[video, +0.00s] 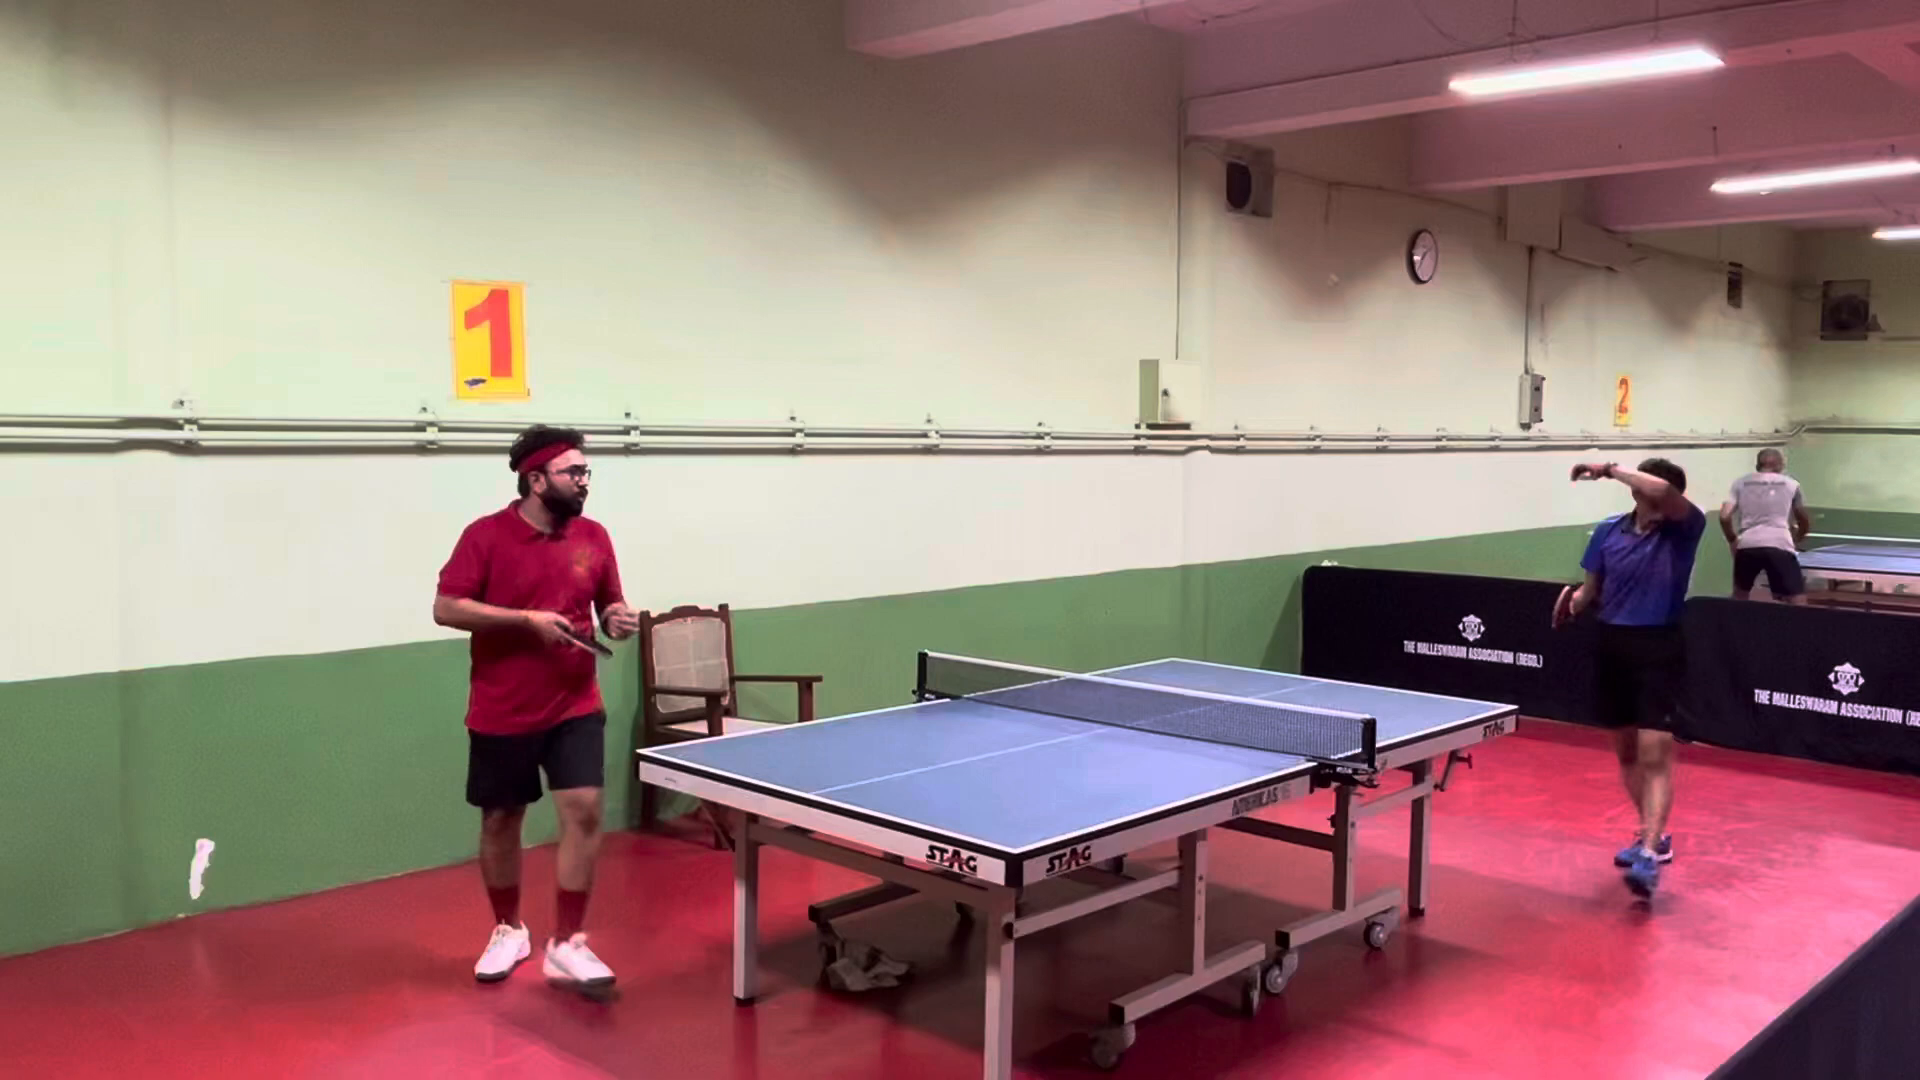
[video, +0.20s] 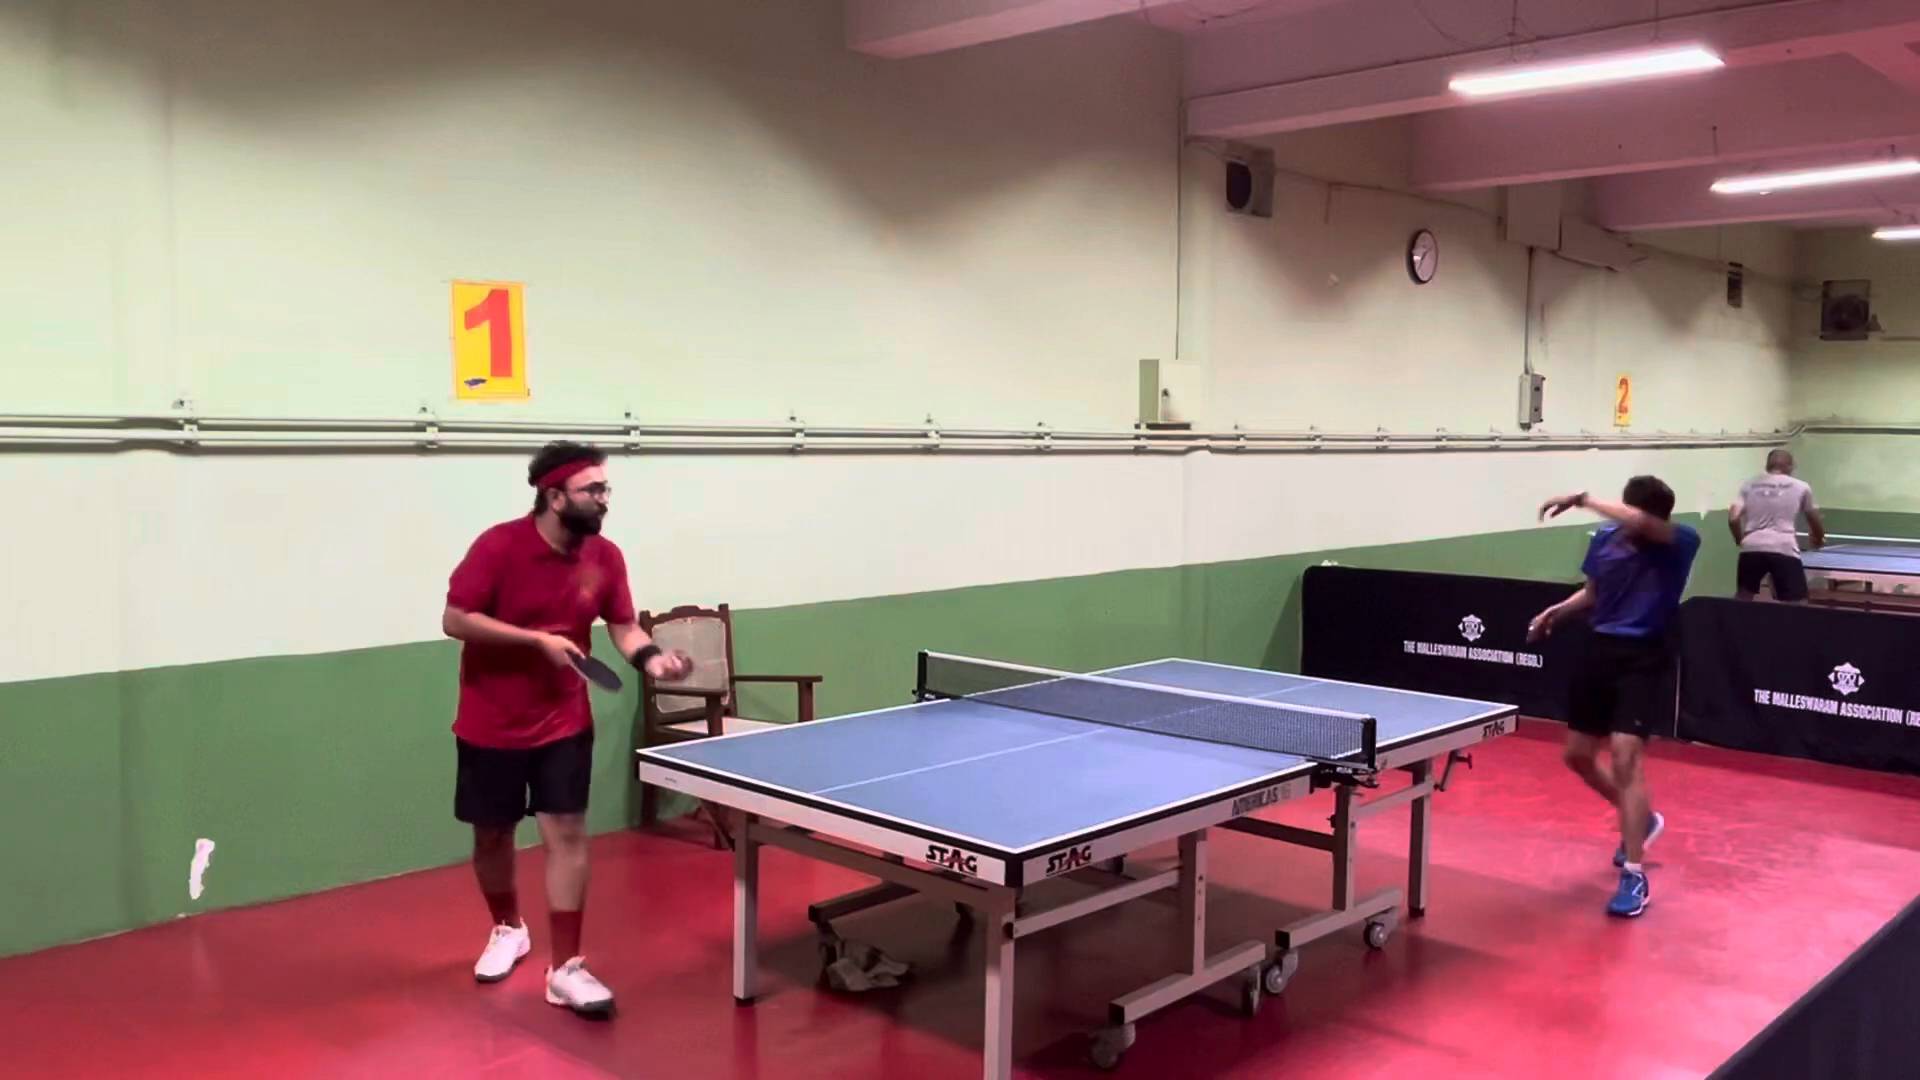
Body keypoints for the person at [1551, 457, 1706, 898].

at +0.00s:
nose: (1654, 496)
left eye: (1661, 490)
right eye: (1650, 488)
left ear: (1674, 497)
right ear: (1637, 491)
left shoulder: (1683, 530)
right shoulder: (1608, 531)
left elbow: (1664, 492)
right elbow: (1591, 588)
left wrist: (1612, 470)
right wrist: (1573, 601)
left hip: (1659, 646)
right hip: (1613, 645)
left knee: (1654, 753)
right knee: (1628, 752)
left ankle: (1648, 851)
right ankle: (1654, 836)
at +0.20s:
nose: (1630, 523)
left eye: (1639, 519)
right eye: (1629, 514)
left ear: (1656, 519)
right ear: (1624, 510)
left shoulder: (1683, 541)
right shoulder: (1606, 538)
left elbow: (1640, 520)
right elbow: (1595, 591)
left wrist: (1584, 500)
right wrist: (1556, 612)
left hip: (1645, 658)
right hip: (1600, 653)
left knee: (1624, 760)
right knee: (1577, 756)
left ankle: (1633, 874)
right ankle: (1640, 818)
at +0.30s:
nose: (1614, 529)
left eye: (1623, 522)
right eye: (1610, 520)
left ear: (1649, 518)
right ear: (1608, 513)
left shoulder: (1675, 546)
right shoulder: (1599, 538)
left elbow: (1631, 563)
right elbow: (1588, 594)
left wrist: (1573, 541)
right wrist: (1540, 621)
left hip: (1641, 661)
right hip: (1594, 653)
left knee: (1619, 763)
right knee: (1542, 738)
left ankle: (1632, 875)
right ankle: (1605, 805)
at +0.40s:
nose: (1594, 521)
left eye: (1604, 514)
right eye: (1591, 512)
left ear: (1632, 513)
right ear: (1589, 508)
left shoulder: (1659, 554)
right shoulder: (1586, 540)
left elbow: (1633, 617)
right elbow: (1581, 595)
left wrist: (1571, 602)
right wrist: (1538, 614)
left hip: (1630, 660)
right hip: (1582, 651)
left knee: (1616, 762)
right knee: (1525, 729)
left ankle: (1632, 874)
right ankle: (1565, 808)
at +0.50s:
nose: (1574, 517)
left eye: (1583, 509)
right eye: (1571, 508)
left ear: (1611, 510)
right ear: (1570, 506)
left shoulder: (1642, 559)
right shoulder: (1569, 543)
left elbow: (1641, 634)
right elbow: (1566, 593)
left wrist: (1575, 651)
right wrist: (1518, 620)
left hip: (1618, 662)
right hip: (1571, 654)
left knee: (1611, 765)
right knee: (1520, 727)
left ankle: (1631, 875)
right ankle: (1510, 815)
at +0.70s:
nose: (1524, 526)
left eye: (1533, 518)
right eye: (1520, 518)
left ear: (1559, 518)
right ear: (1518, 518)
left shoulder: (1596, 562)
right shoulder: (1518, 558)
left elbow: (1636, 627)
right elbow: (1518, 612)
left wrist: (1592, 672)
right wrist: (1478, 642)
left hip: (1583, 667)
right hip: (1532, 665)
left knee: (1591, 765)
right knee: (1485, 744)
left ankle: (1629, 874)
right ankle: (1462, 826)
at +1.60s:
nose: (1516, 531)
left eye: (1524, 522)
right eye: (1513, 523)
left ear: (1554, 523)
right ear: (1518, 526)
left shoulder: (1589, 568)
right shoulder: (1541, 575)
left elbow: (1621, 643)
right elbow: (1545, 634)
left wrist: (1569, 679)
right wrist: (1487, 650)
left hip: (1619, 677)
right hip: (1576, 675)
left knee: (1602, 784)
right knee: (1516, 742)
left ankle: (1632, 877)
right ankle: (1523, 843)